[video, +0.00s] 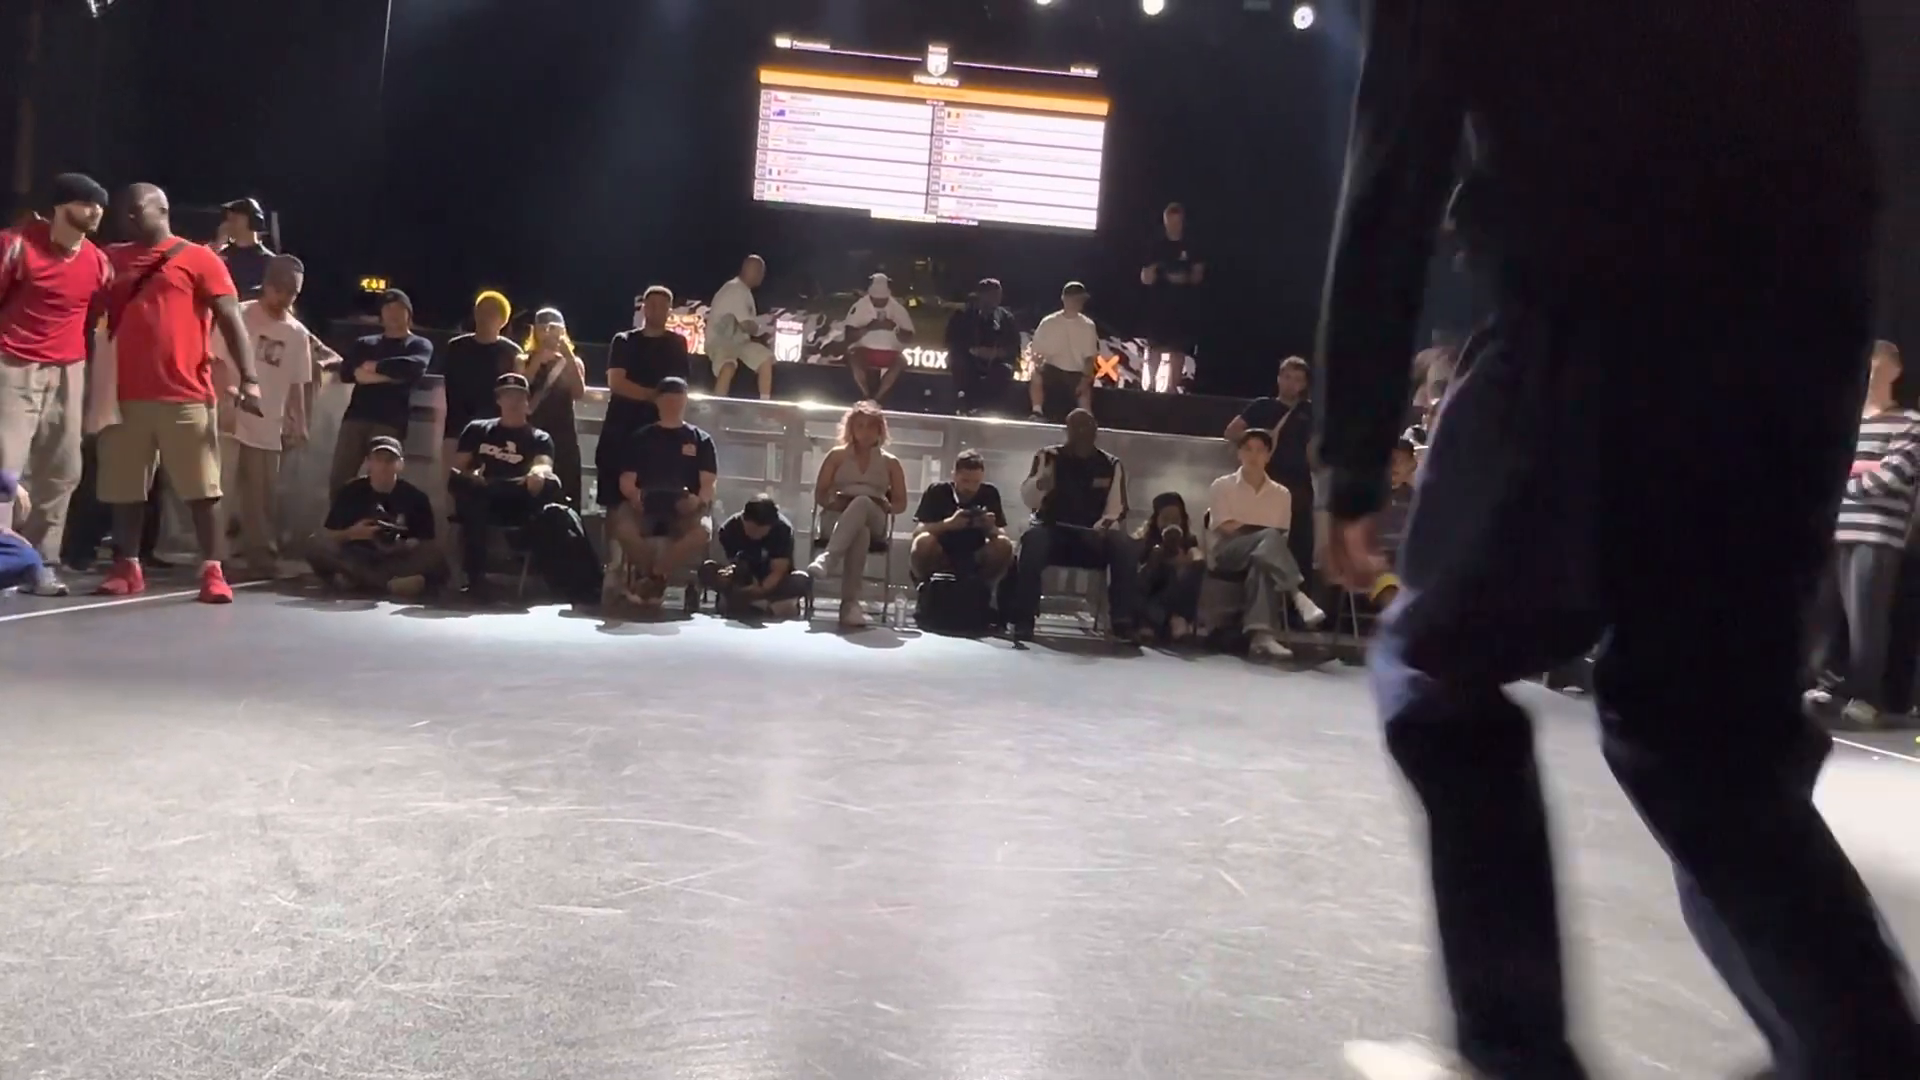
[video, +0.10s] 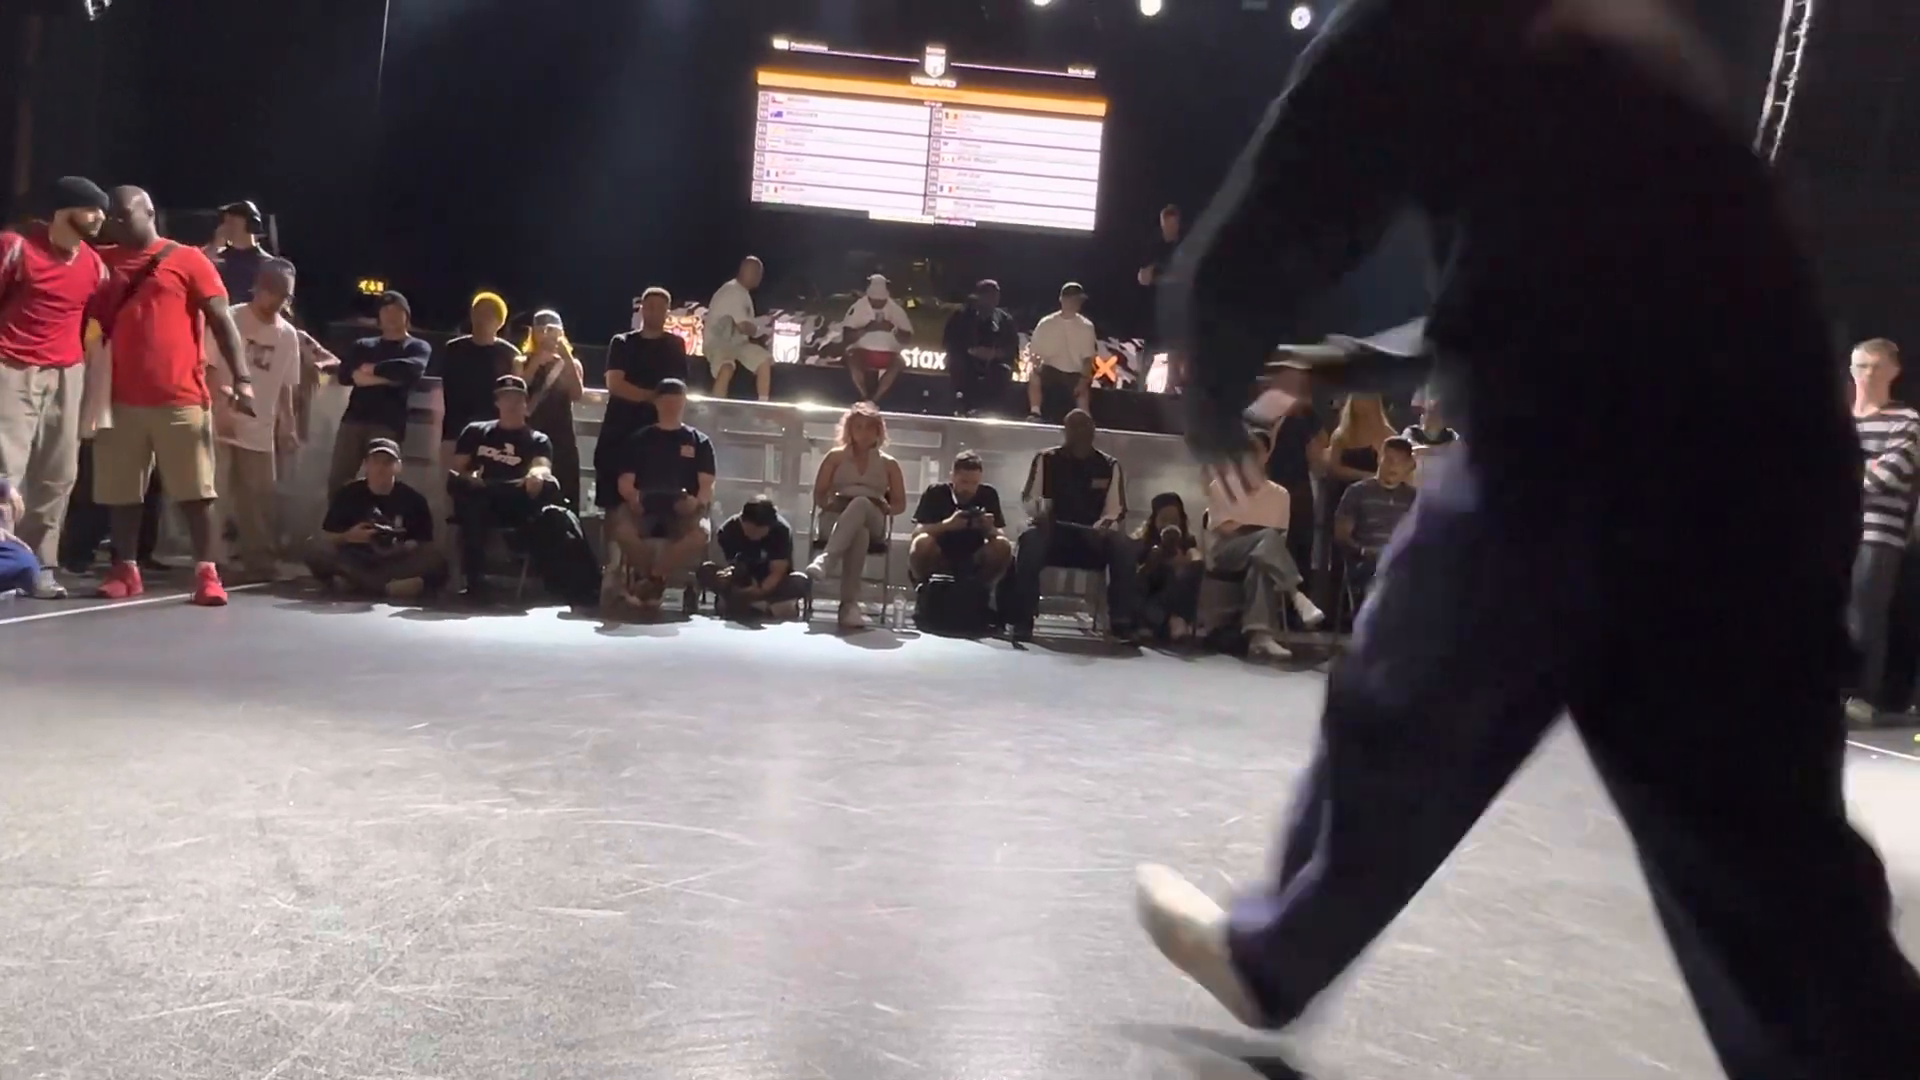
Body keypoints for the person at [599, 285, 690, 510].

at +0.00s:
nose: (656, 311)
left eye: (662, 306)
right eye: (652, 305)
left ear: (669, 311)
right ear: (644, 308)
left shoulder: (677, 342)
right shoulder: (623, 340)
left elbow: (678, 389)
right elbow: (615, 383)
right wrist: (655, 395)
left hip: (659, 429)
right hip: (622, 427)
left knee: (656, 497)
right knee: (615, 499)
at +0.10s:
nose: (654, 312)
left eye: (660, 307)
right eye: (649, 306)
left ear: (667, 313)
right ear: (641, 309)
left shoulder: (675, 344)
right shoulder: (622, 341)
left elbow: (677, 391)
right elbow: (614, 385)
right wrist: (654, 396)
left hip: (657, 431)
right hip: (620, 428)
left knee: (653, 499)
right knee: (613, 500)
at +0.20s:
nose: (654, 314)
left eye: (659, 309)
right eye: (649, 308)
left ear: (666, 315)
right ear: (640, 312)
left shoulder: (674, 347)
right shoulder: (620, 344)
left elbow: (676, 393)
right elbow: (613, 387)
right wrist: (652, 399)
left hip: (656, 433)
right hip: (619, 430)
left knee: (654, 500)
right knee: (612, 502)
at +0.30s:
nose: (652, 314)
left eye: (657, 310)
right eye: (646, 309)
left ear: (663, 314)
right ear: (637, 312)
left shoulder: (671, 346)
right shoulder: (617, 344)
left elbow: (672, 393)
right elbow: (609, 387)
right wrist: (649, 398)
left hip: (653, 433)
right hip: (616, 430)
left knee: (650, 501)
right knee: (610, 503)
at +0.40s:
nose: (649, 316)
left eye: (654, 311)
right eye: (644, 310)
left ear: (660, 315)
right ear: (634, 313)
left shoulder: (668, 347)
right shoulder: (614, 345)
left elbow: (670, 394)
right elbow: (607, 388)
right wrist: (645, 399)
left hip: (650, 432)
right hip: (613, 430)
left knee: (648, 500)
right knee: (607, 502)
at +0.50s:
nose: (645, 317)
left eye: (650, 312)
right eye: (640, 311)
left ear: (656, 316)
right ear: (630, 314)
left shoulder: (664, 348)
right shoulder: (611, 346)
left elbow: (667, 396)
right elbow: (604, 390)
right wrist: (642, 401)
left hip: (647, 435)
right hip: (611, 432)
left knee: (645, 502)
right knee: (605, 504)